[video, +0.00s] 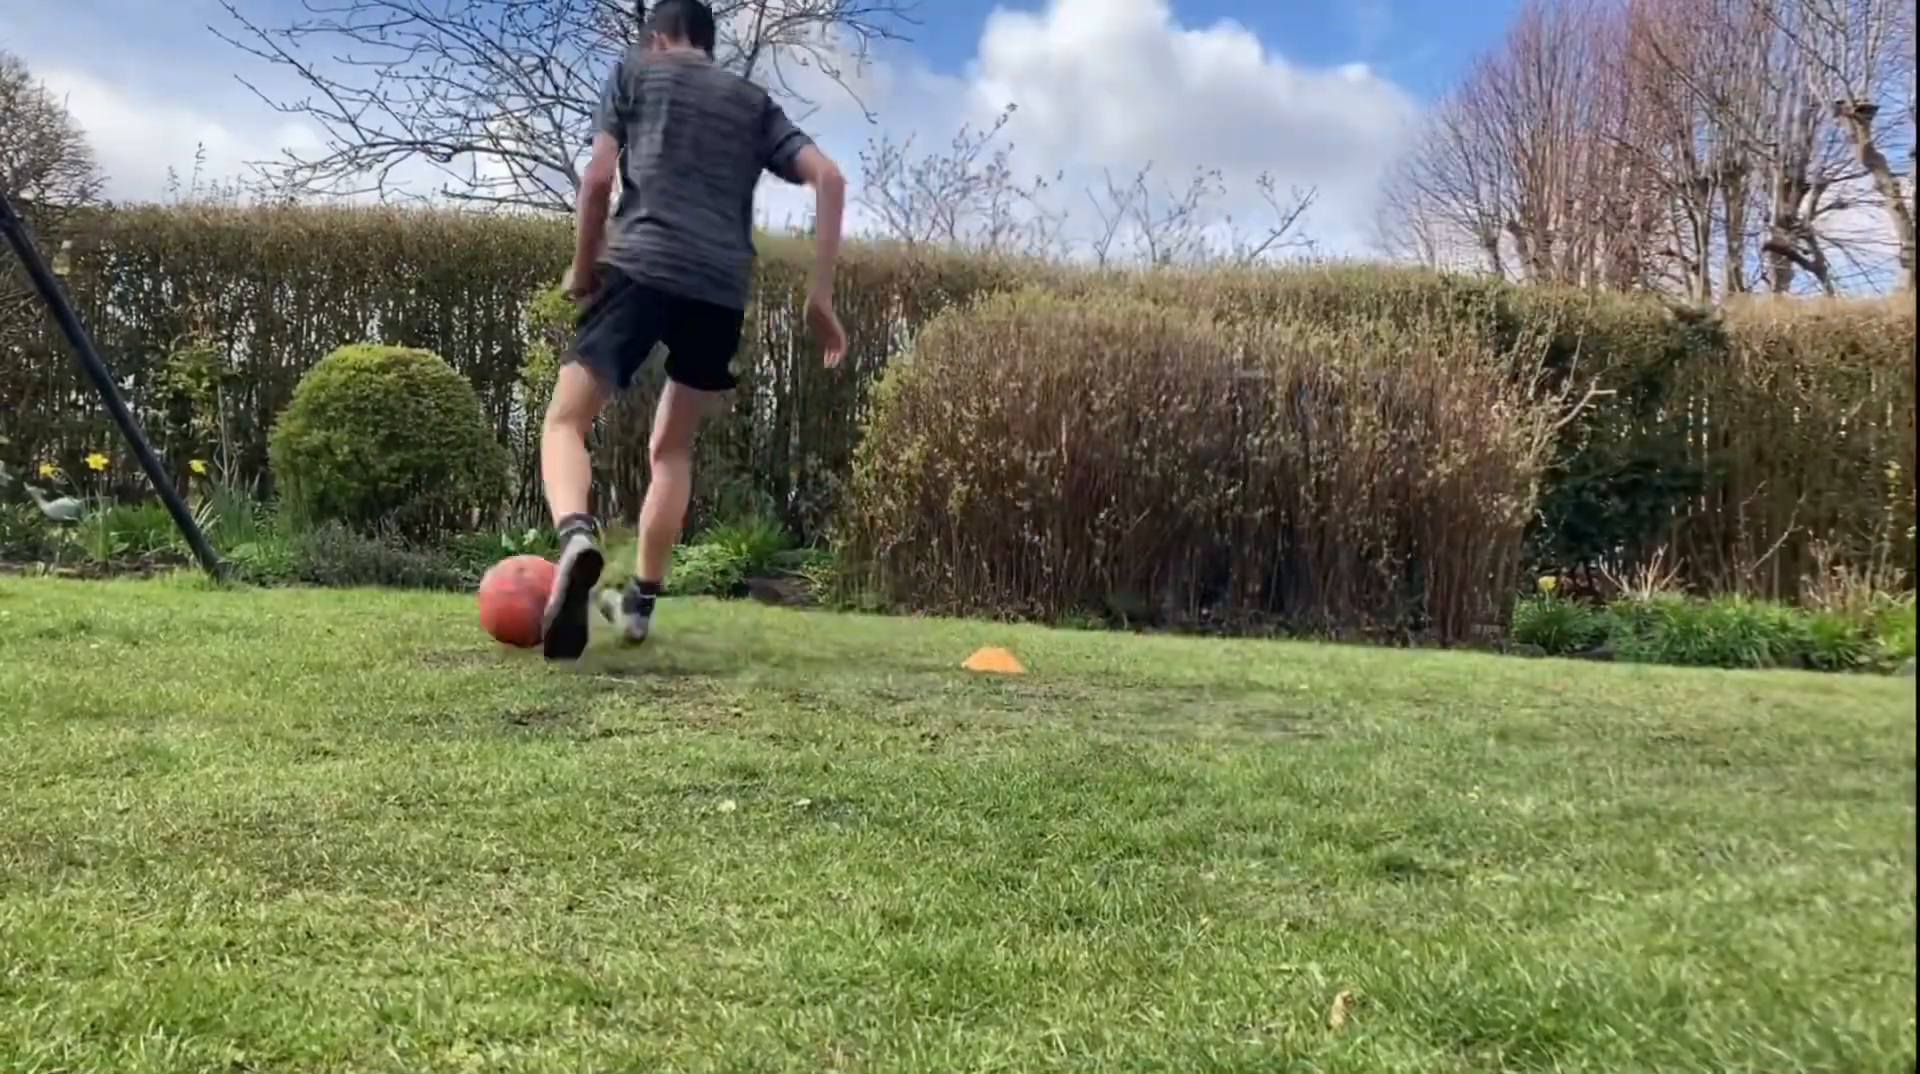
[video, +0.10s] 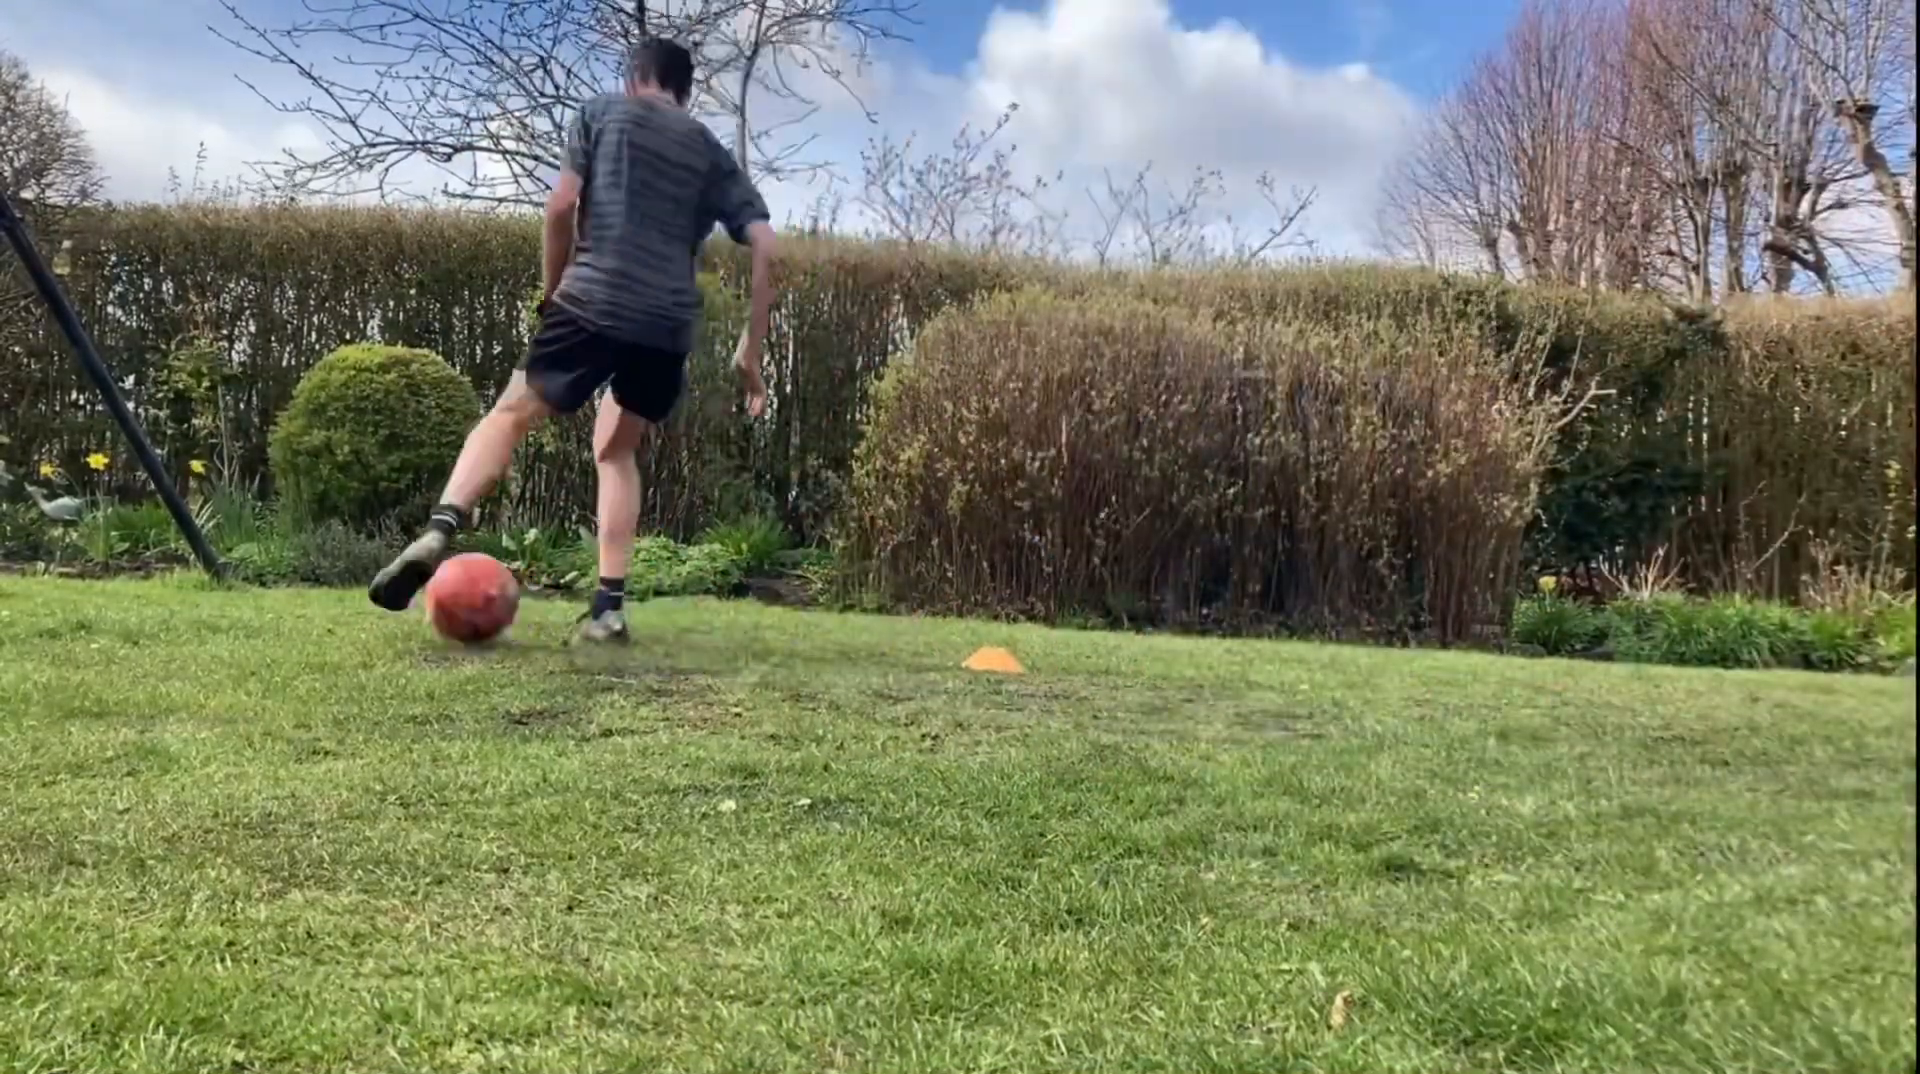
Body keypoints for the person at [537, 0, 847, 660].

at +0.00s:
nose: (646, 51)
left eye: (647, 41)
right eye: (650, 42)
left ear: (660, 36)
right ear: (711, 44)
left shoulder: (639, 69)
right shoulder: (754, 100)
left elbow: (597, 178)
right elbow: (831, 178)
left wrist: (583, 269)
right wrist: (821, 294)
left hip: (640, 272)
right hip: (721, 292)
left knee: (566, 421)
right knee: (672, 449)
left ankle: (576, 534)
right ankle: (641, 605)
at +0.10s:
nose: (627, 90)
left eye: (629, 81)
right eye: (633, 84)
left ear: (637, 80)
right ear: (687, 92)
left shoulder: (603, 112)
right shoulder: (713, 150)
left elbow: (562, 204)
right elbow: (765, 244)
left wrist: (552, 288)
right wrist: (752, 346)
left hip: (590, 305)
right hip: (667, 325)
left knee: (511, 414)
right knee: (617, 449)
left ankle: (442, 527)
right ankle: (610, 608)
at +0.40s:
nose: (637, 162)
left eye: (647, 154)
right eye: (646, 148)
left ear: (612, 111)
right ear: (634, 118)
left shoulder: (513, 124)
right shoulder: (592, 160)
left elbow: (421, 172)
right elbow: (571, 250)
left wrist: (460, 228)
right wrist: (599, 308)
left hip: (422, 299)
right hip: (485, 311)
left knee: (458, 442)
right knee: (576, 449)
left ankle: (378, 579)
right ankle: (514, 593)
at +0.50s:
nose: (621, 175)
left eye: (629, 166)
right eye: (623, 159)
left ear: (586, 139)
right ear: (590, 136)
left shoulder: (516, 169)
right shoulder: (535, 179)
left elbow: (437, 245)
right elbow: (464, 250)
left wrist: (491, 328)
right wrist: (533, 327)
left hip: (402, 332)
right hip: (434, 337)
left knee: (469, 465)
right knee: (572, 448)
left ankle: (372, 589)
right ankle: (516, 588)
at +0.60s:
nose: (601, 144)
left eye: (610, 135)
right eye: (598, 126)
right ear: (562, 107)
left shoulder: (527, 177)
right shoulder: (499, 158)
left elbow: (487, 274)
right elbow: (403, 219)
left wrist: (529, 328)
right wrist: (453, 319)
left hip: (431, 329)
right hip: (422, 326)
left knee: (468, 465)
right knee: (552, 435)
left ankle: (373, 590)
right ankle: (477, 566)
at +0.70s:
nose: (587, 91)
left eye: (596, 81)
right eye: (582, 73)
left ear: (593, 82)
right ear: (543, 56)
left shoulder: (543, 146)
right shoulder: (480, 118)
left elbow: (495, 238)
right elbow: (381, 190)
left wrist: (548, 289)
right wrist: (414, 293)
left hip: (472, 310)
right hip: (427, 307)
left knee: (469, 456)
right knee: (505, 448)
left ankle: (389, 569)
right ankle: (416, 561)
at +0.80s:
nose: (568, 66)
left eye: (577, 56)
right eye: (559, 48)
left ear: (580, 61)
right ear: (520, 39)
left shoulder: (546, 137)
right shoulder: (461, 112)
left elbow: (502, 235)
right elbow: (379, 209)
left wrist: (558, 275)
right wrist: (434, 289)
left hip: (491, 316)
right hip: (421, 309)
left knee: (511, 475)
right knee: (441, 477)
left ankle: (437, 549)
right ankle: (349, 582)